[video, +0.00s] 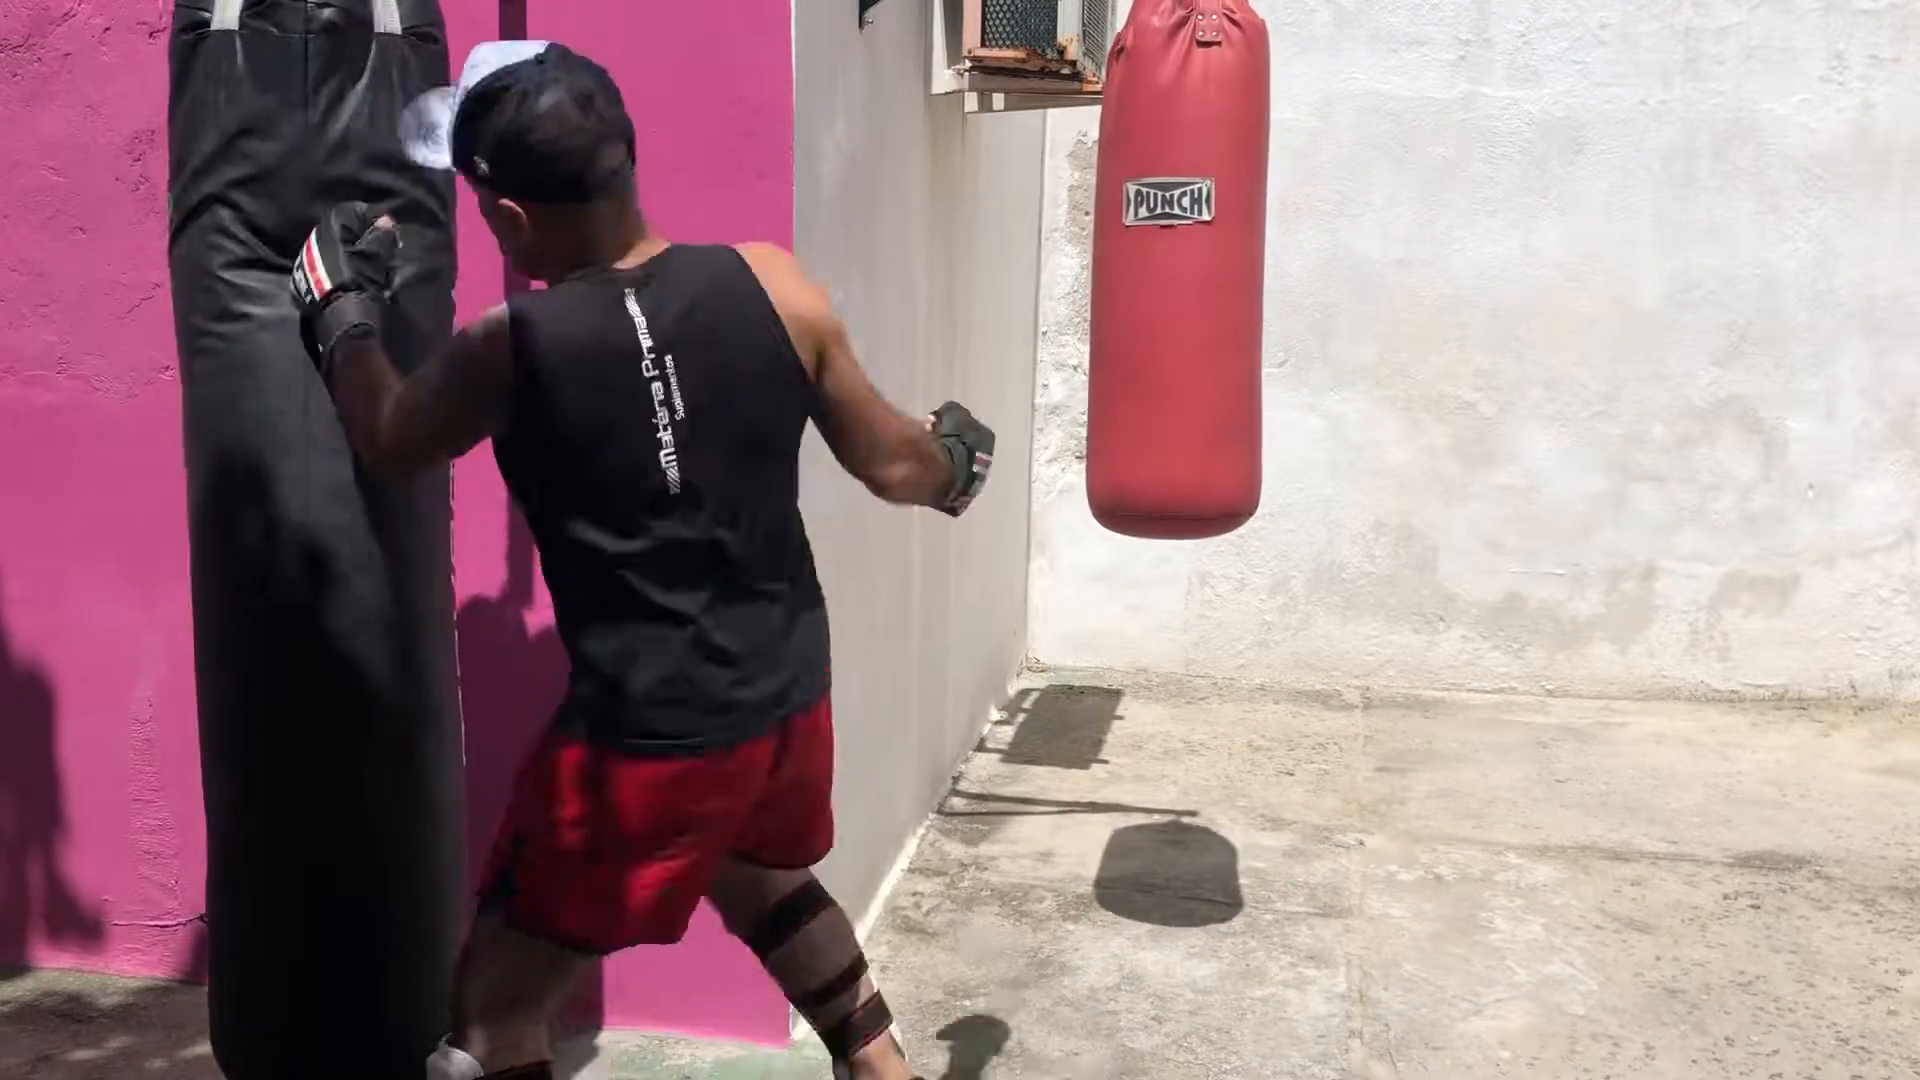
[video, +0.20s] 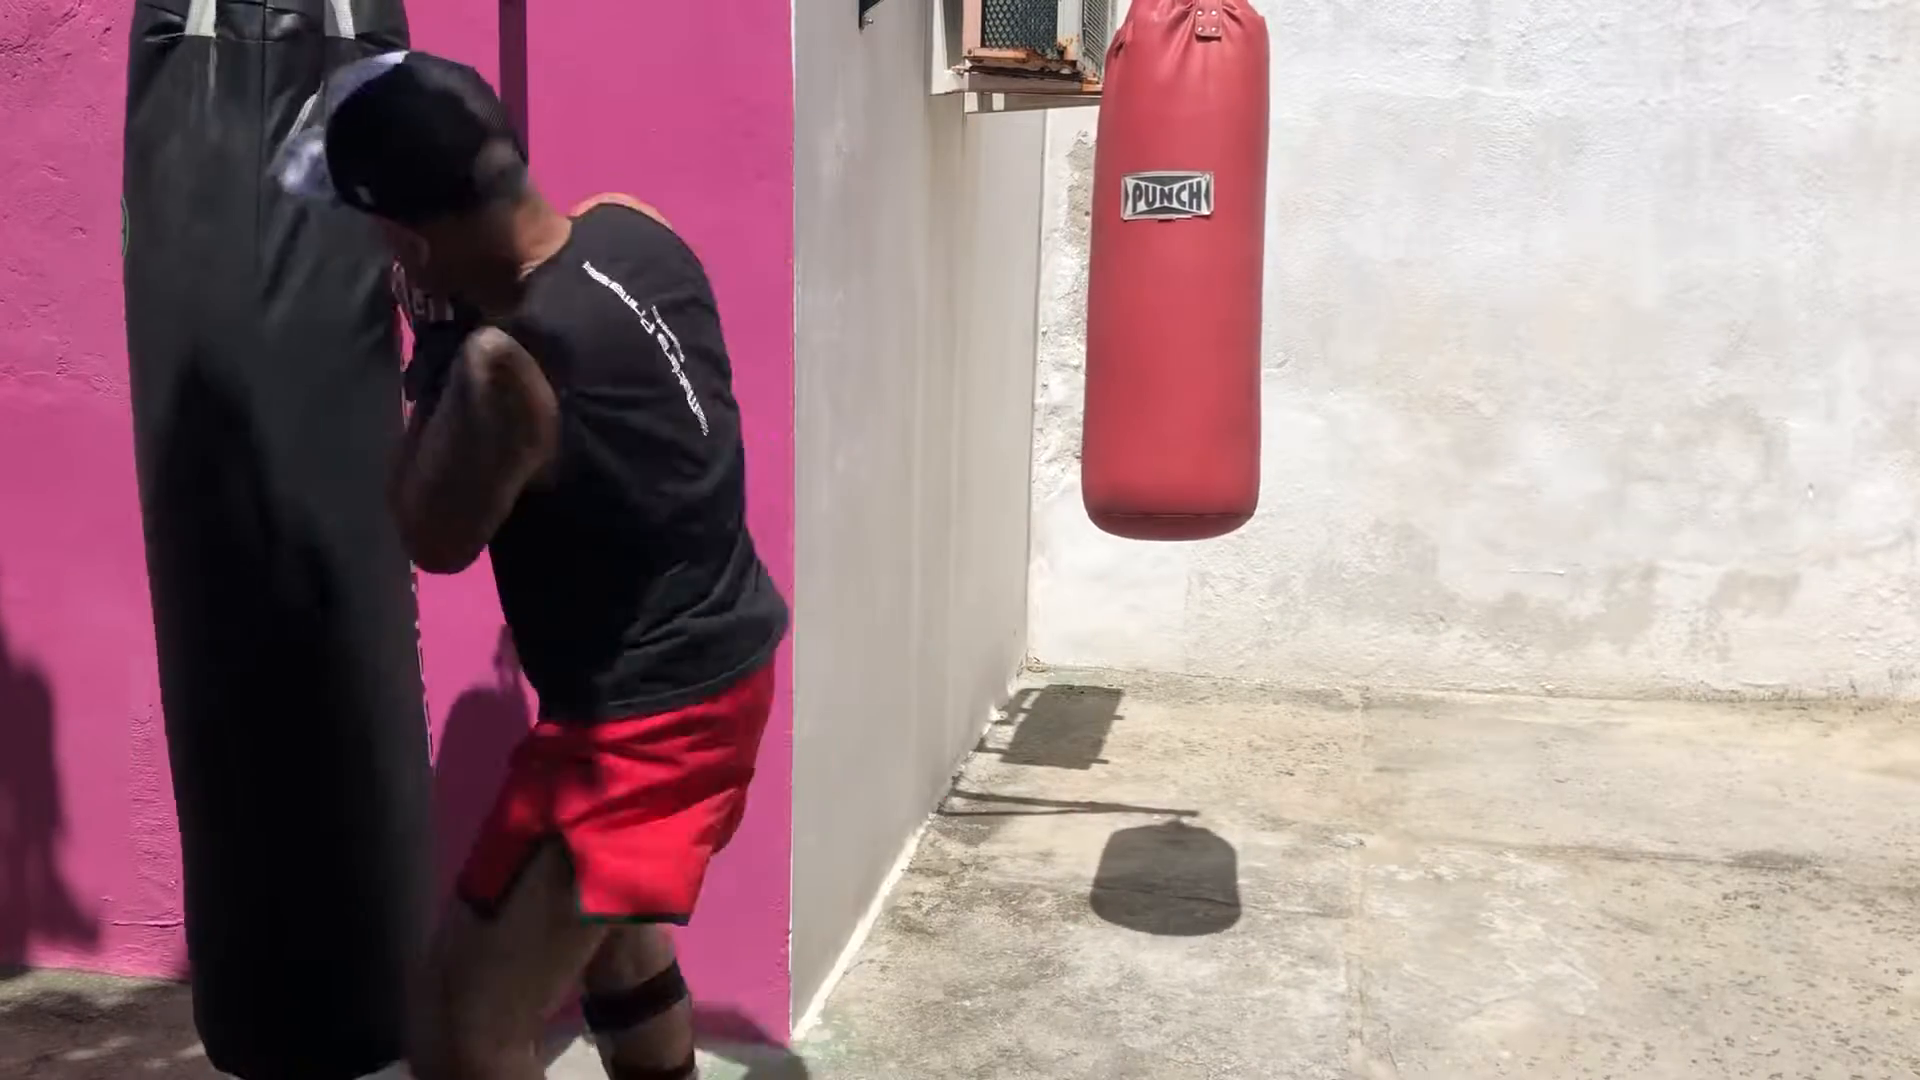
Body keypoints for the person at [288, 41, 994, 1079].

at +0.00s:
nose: (490, 224)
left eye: (486, 206)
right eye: (483, 204)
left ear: (514, 216)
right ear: (626, 163)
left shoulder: (513, 347)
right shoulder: (772, 285)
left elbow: (391, 440)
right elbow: (890, 460)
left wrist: (342, 312)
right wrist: (951, 462)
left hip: (637, 743)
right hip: (785, 706)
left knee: (502, 999)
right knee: (762, 875)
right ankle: (880, 1063)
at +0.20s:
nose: (388, 245)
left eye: (384, 224)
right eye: (378, 224)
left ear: (417, 230)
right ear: (507, 155)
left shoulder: (507, 362)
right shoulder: (636, 230)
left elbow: (435, 536)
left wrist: (429, 349)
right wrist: (456, 304)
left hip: (630, 714)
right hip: (723, 659)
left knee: (473, 1026)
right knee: (630, 966)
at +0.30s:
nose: (378, 251)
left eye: (373, 231)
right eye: (369, 231)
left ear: (400, 243)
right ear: (520, 184)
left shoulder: (456, 388)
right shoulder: (650, 291)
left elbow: (351, 535)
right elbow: (749, 448)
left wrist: (414, 357)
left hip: (589, 783)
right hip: (702, 738)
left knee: (495, 1059)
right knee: (575, 1012)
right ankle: (605, 1058)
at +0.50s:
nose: (429, 263)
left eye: (430, 234)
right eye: (429, 235)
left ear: (458, 240)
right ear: (575, 239)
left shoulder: (515, 377)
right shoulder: (681, 380)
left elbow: (405, 608)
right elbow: (817, 535)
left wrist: (324, 515)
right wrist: (907, 660)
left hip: (524, 843)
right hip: (625, 825)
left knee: (465, 1057)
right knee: (405, 955)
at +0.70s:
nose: (442, 209)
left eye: (442, 176)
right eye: (441, 179)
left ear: (481, 170)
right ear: (567, 165)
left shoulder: (534, 251)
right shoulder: (626, 285)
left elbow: (385, 444)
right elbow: (624, 500)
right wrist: (501, 598)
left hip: (619, 685)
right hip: (600, 683)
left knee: (578, 1028)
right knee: (520, 962)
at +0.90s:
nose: (461, 217)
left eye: (468, 185)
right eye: (461, 190)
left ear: (519, 182)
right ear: (550, 181)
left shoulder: (626, 271)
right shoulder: (627, 305)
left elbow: (504, 464)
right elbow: (763, 483)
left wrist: (473, 388)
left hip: (690, 681)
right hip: (585, 690)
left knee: (652, 1009)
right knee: (510, 936)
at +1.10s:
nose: (556, 220)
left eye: (566, 193)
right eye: (554, 196)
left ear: (633, 194)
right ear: (638, 198)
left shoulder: (744, 292)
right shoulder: (640, 334)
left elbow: (613, 460)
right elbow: (672, 517)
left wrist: (555, 370)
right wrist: (547, 542)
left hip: (753, 683)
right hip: (630, 692)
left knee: (704, 1001)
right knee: (524, 944)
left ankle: (825, 1067)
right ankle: (586, 1075)